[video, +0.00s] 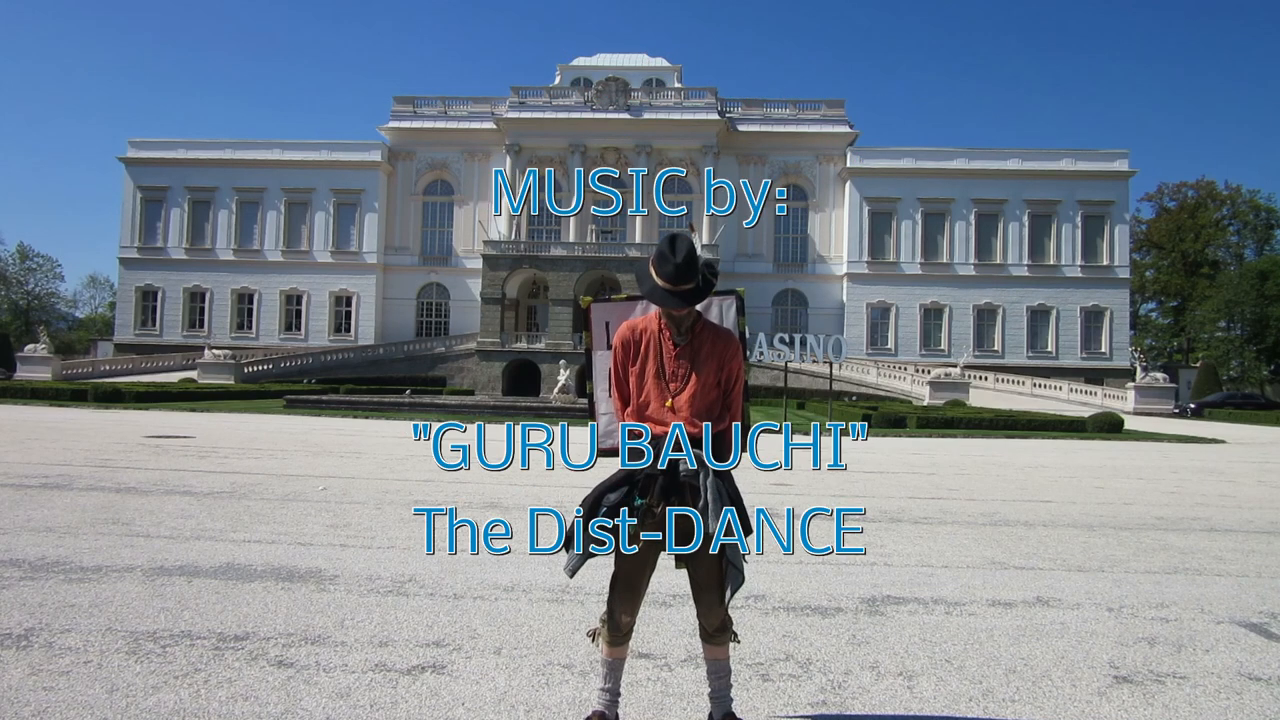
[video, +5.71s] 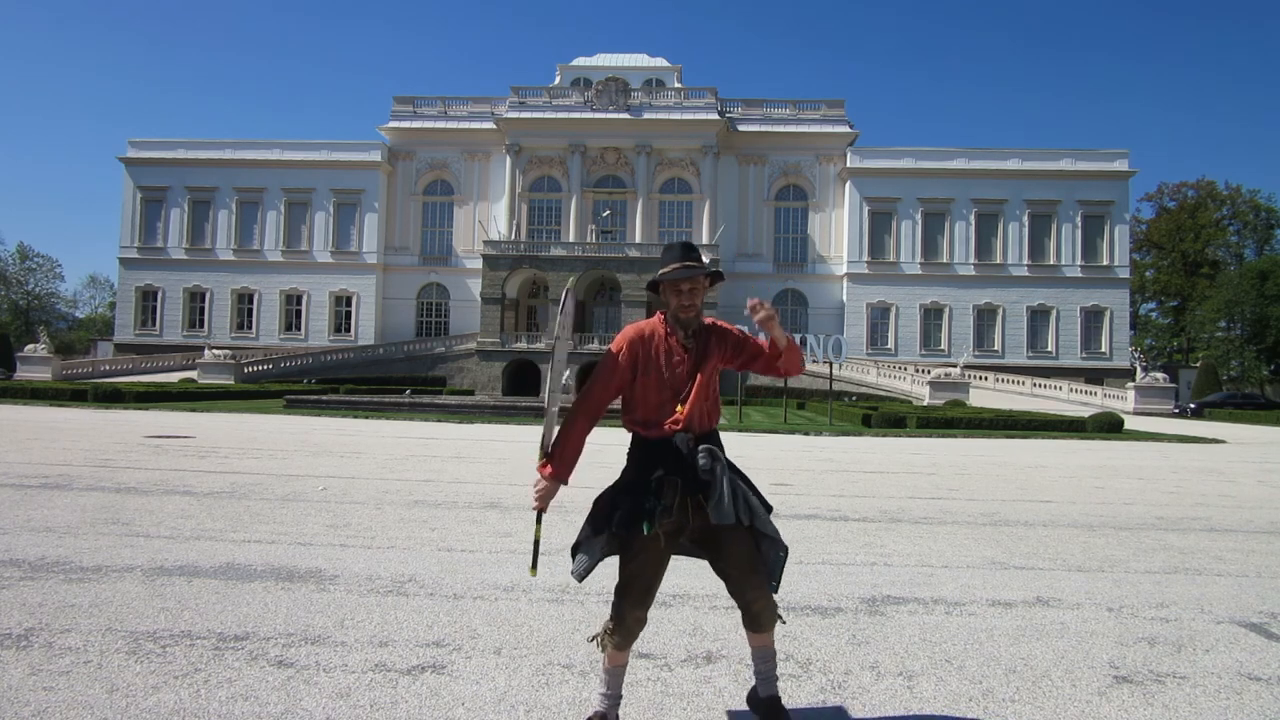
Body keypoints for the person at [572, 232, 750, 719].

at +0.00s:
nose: (680, 309)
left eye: (688, 299)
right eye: (670, 300)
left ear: (701, 291)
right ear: (655, 291)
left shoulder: (726, 345)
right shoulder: (629, 337)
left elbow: (733, 426)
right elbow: (622, 416)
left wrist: (702, 448)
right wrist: (659, 439)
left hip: (703, 494)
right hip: (644, 490)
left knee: (713, 607)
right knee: (622, 604)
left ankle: (721, 707)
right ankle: (607, 701)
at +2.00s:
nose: (676, 308)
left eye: (684, 299)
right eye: (667, 299)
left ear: (697, 293)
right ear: (653, 291)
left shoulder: (723, 344)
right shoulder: (626, 336)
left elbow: (729, 422)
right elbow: (618, 411)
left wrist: (705, 460)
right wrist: (641, 447)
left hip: (699, 489)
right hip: (640, 486)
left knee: (710, 603)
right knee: (621, 599)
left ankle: (721, 705)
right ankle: (608, 700)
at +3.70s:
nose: (676, 314)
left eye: (684, 305)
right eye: (667, 305)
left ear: (697, 298)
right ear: (652, 296)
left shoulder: (718, 342)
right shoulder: (622, 336)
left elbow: (756, 405)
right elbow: (612, 411)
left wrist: (780, 470)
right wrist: (633, 467)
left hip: (698, 481)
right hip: (638, 480)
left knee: (709, 603)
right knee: (620, 599)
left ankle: (720, 706)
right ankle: (606, 701)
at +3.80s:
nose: (678, 314)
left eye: (686, 304)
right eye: (669, 304)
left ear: (698, 297)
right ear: (653, 295)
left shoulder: (717, 338)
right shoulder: (623, 336)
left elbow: (775, 377)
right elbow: (611, 415)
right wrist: (631, 471)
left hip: (699, 481)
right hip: (639, 481)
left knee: (709, 603)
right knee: (620, 601)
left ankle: (721, 706)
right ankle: (606, 702)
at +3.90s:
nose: (679, 317)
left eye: (688, 308)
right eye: (670, 308)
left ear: (701, 299)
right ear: (654, 297)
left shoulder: (717, 335)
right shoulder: (625, 335)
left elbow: (779, 346)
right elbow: (612, 410)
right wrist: (629, 469)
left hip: (699, 478)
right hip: (638, 477)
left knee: (710, 600)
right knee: (621, 599)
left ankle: (721, 706)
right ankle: (606, 702)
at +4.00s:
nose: (678, 317)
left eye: (687, 308)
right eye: (669, 307)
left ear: (701, 296)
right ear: (653, 297)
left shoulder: (718, 329)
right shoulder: (627, 334)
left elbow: (776, 308)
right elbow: (610, 408)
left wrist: (752, 257)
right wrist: (628, 468)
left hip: (698, 475)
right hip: (639, 474)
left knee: (711, 598)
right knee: (623, 594)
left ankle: (721, 707)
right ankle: (606, 700)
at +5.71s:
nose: (687, 298)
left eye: (695, 288)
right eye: (677, 289)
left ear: (707, 290)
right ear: (660, 292)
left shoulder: (718, 336)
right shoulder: (634, 341)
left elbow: (788, 367)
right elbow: (587, 408)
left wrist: (777, 333)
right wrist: (556, 472)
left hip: (711, 476)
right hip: (651, 477)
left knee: (757, 590)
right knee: (632, 603)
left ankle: (767, 693)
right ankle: (608, 702)